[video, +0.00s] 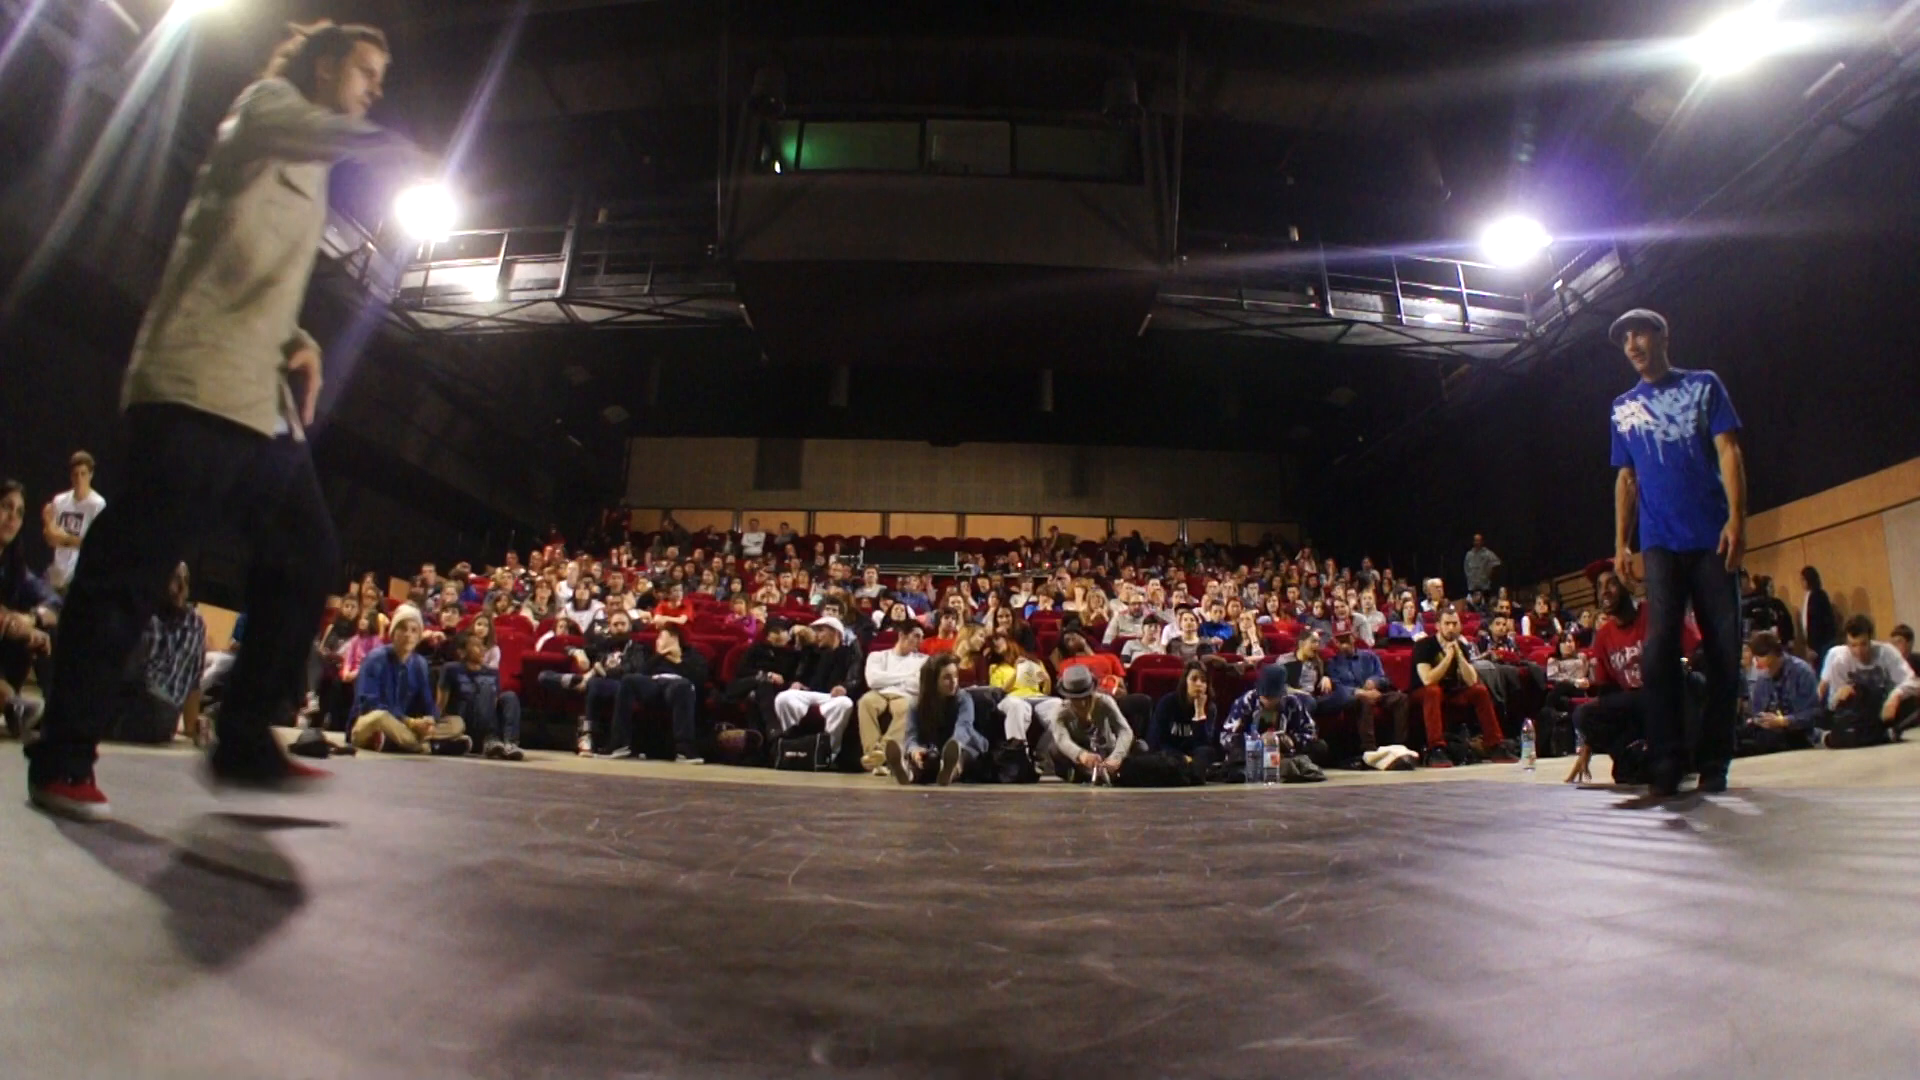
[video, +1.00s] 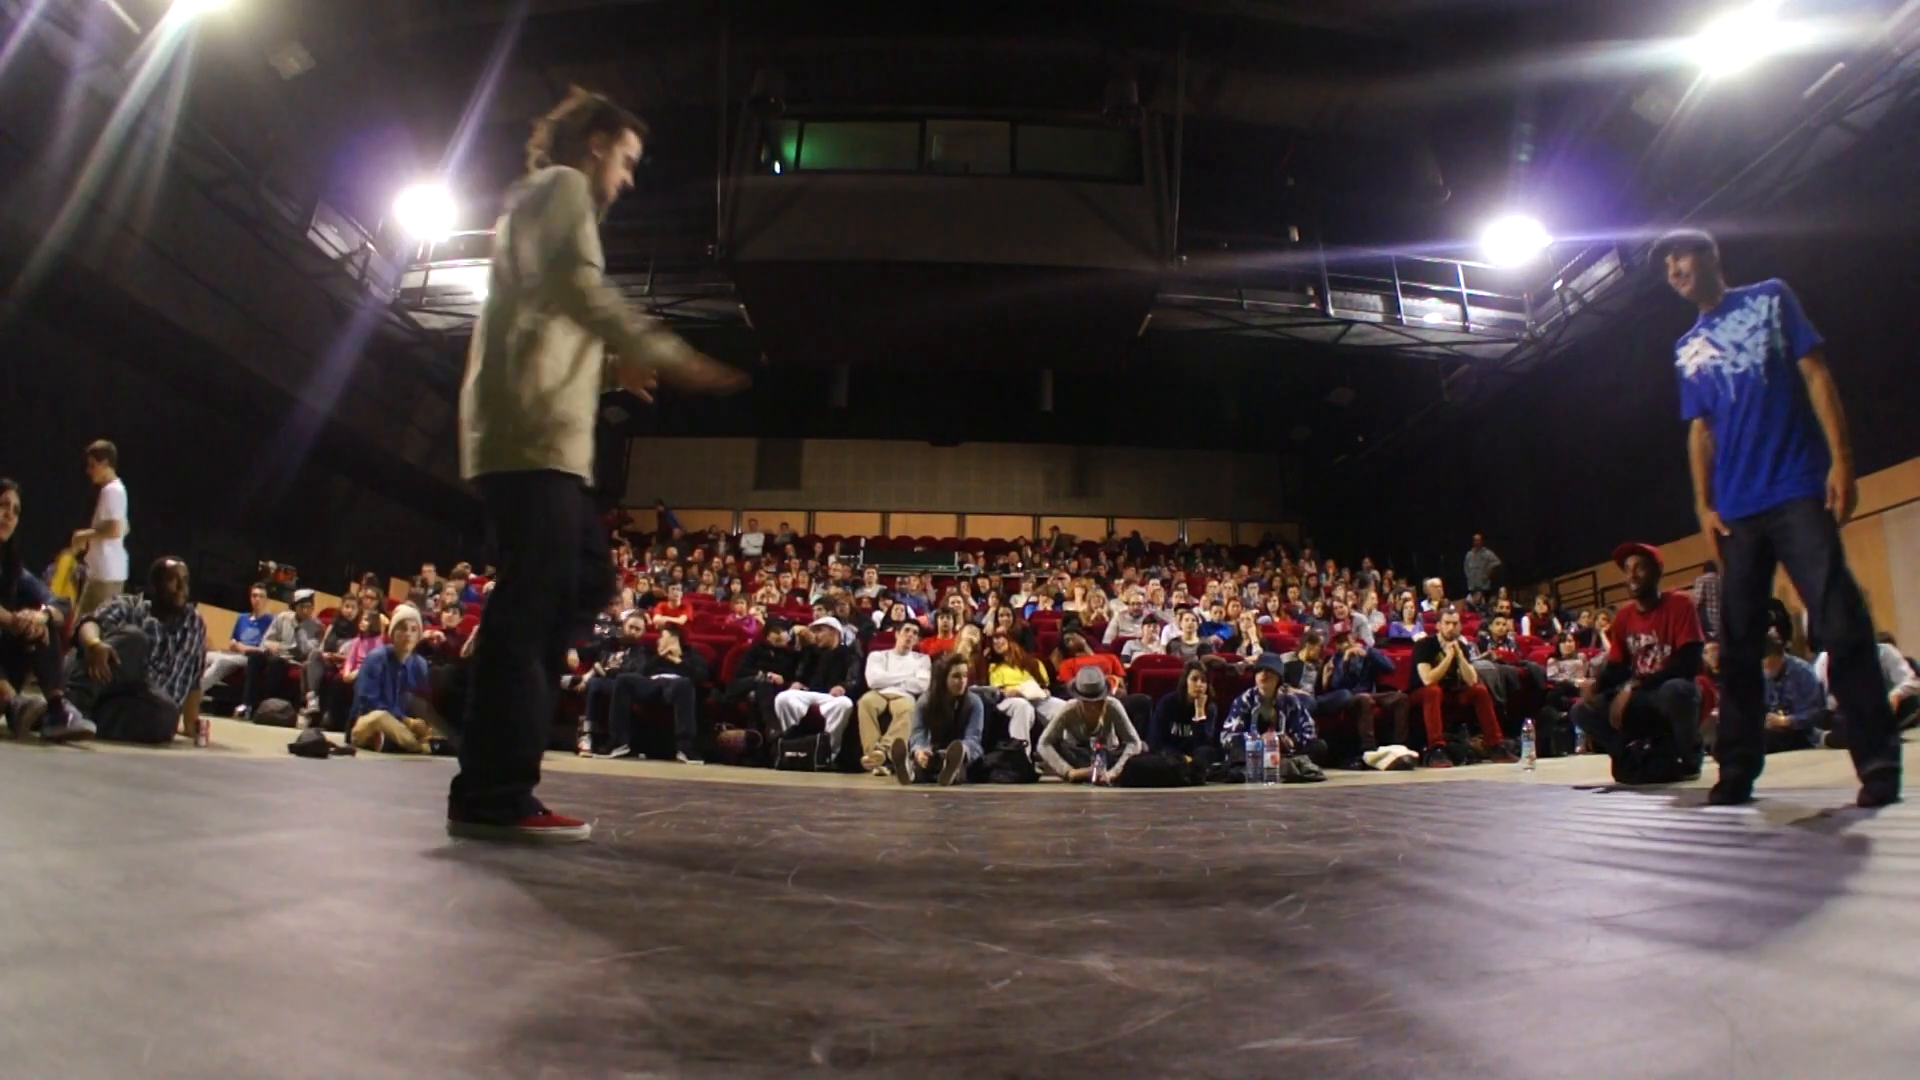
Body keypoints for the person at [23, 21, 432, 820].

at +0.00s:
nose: (371, 92)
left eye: (378, 83)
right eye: (364, 73)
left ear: (362, 91)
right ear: (318, 63)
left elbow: (256, 289)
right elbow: (325, 128)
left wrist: (300, 346)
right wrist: (398, 150)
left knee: (306, 560)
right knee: (127, 568)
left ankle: (244, 742)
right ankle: (63, 755)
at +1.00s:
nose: (629, 178)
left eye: (634, 165)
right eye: (625, 160)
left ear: (583, 154)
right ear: (591, 145)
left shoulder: (540, 202)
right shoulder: (560, 187)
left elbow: (543, 329)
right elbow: (575, 284)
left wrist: (614, 365)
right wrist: (679, 357)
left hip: (533, 436)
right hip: (536, 437)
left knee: (569, 591)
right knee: (532, 607)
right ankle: (495, 793)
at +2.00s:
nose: (814, 237)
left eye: (812, 227)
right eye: (802, 226)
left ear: (790, 241)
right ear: (767, 237)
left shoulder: (785, 306)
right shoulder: (749, 286)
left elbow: (787, 414)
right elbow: (693, 368)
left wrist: (849, 404)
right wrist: (732, 432)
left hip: (774, 497)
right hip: (763, 495)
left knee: (773, 634)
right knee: (785, 638)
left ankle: (674, 739)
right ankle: (778, 795)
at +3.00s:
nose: (806, 293)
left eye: (804, 286)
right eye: (796, 283)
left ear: (777, 294)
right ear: (764, 288)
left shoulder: (780, 354)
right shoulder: (741, 337)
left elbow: (808, 437)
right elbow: (762, 406)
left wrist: (853, 398)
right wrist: (807, 451)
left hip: (793, 522)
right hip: (752, 517)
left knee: (816, 642)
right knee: (741, 642)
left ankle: (805, 770)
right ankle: (674, 764)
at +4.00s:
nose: (771, 318)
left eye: (770, 310)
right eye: (762, 308)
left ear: (737, 315)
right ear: (732, 312)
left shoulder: (744, 384)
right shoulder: (719, 350)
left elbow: (776, 442)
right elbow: (762, 374)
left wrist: (839, 439)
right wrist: (851, 386)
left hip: (726, 530)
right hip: (703, 525)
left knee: (726, 652)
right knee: (714, 648)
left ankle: (711, 770)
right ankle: (669, 778)